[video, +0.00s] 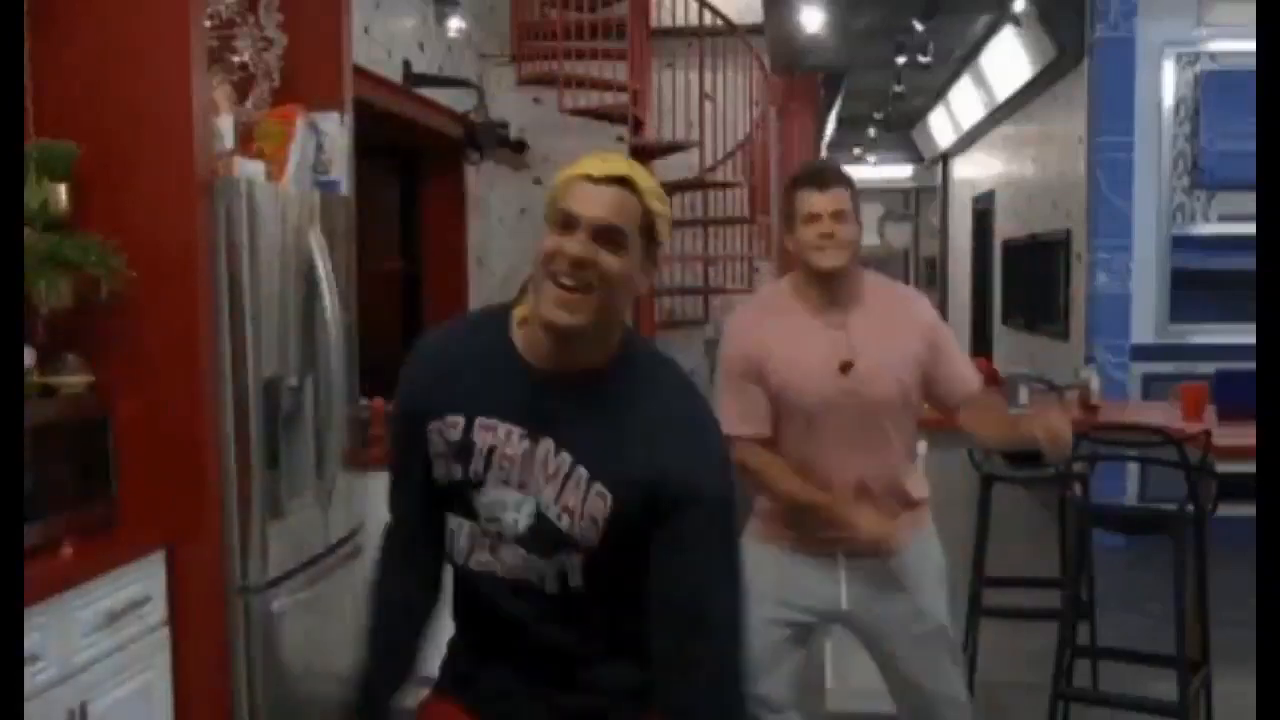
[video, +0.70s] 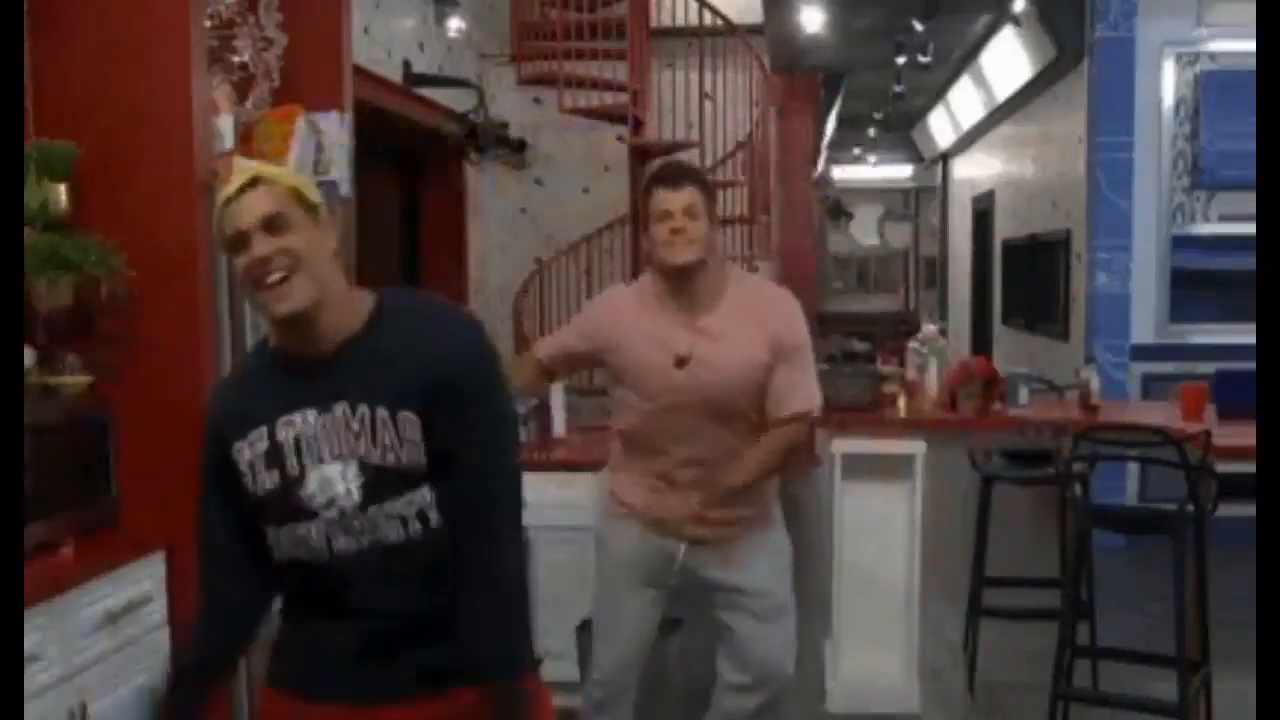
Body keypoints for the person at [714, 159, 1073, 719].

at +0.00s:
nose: (827, 230)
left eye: (839, 216)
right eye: (810, 220)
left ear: (859, 228)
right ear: (788, 238)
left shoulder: (908, 311)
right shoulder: (752, 323)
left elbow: (969, 404)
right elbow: (745, 448)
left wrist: (1024, 427)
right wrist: (840, 512)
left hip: (897, 549)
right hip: (785, 549)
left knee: (942, 705)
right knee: (768, 706)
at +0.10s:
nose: (804, 213)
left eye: (816, 199)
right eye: (789, 204)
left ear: (842, 210)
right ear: (773, 221)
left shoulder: (895, 299)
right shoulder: (736, 310)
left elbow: (932, 412)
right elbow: (718, 443)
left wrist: (1008, 490)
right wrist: (780, 522)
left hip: (877, 544)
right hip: (756, 540)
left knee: (934, 703)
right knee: (710, 691)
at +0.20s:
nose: (754, 183)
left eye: (767, 170)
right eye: (739, 175)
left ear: (796, 184)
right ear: (724, 193)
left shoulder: (849, 266)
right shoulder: (686, 273)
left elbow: (881, 384)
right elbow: (622, 375)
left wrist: (861, 504)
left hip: (821, 509)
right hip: (705, 511)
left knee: (889, 674)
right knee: (654, 667)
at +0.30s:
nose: (732, 197)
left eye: (744, 184)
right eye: (716, 189)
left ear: (769, 194)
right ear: (701, 206)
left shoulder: (828, 282)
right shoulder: (662, 284)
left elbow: (850, 397)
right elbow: (583, 368)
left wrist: (792, 485)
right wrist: (580, 441)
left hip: (790, 517)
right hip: (678, 520)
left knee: (856, 666)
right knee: (629, 674)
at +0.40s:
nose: (708, 214)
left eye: (720, 201)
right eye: (693, 206)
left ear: (748, 213)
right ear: (679, 225)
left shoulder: (803, 302)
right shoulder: (642, 302)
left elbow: (818, 423)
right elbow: (550, 356)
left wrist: (758, 446)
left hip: (767, 529)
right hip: (657, 537)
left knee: (816, 671)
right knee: (616, 691)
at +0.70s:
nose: (676, 226)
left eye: (690, 213)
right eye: (663, 216)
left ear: (713, 222)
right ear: (647, 232)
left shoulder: (773, 309)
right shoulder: (618, 311)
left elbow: (792, 422)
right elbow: (538, 362)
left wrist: (714, 493)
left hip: (743, 519)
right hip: (639, 514)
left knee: (766, 668)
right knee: (612, 676)